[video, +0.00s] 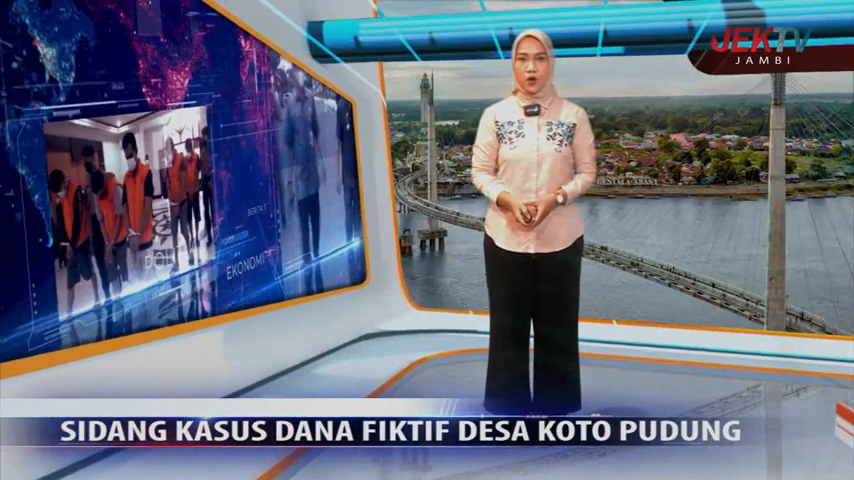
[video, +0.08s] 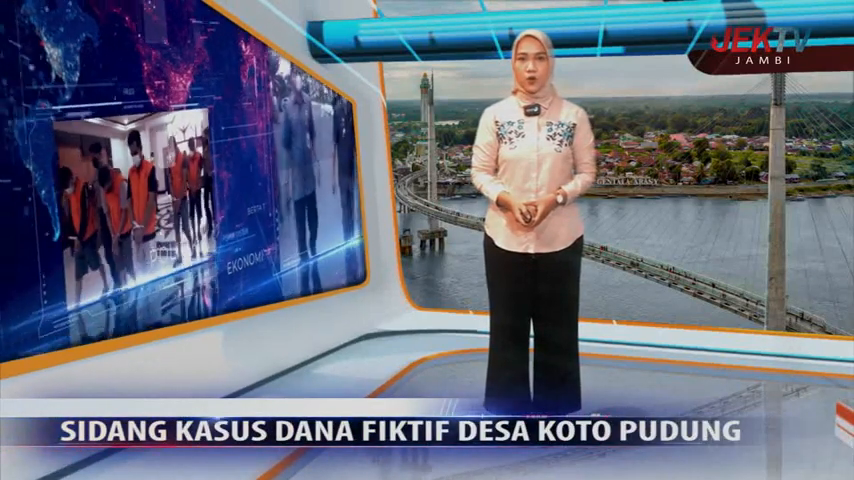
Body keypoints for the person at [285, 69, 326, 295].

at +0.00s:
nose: (302, 103)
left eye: (305, 99)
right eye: (298, 99)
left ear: (308, 100)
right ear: (292, 101)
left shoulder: (311, 116)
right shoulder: (290, 119)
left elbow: (317, 134)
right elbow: (286, 144)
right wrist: (288, 175)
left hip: (312, 163)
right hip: (297, 165)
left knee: (315, 207)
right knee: (303, 212)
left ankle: (316, 251)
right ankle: (306, 253)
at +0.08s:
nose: (298, 94)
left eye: (300, 90)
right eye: (295, 91)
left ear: (303, 91)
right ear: (290, 92)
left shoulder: (308, 107)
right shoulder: (287, 110)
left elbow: (313, 130)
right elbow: (284, 139)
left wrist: (314, 148)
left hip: (307, 158)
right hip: (293, 159)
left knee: (311, 202)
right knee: (299, 203)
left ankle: (313, 243)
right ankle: (302, 246)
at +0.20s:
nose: (296, 87)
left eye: (298, 83)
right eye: (293, 83)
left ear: (301, 87)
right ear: (288, 87)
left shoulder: (304, 110)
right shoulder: (285, 111)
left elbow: (309, 135)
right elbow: (282, 142)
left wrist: (305, 120)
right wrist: (289, 127)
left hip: (304, 157)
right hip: (292, 159)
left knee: (308, 202)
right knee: (296, 204)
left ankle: (309, 246)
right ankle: (299, 247)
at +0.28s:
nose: (296, 107)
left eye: (298, 104)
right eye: (293, 104)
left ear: (301, 105)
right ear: (288, 105)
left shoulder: (302, 119)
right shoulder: (284, 121)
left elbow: (306, 139)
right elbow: (281, 144)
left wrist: (303, 123)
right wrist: (284, 125)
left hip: (303, 165)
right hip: (291, 169)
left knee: (307, 211)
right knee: (295, 211)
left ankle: (309, 248)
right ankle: (298, 248)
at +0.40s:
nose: (295, 104)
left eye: (297, 101)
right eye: (292, 101)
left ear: (299, 102)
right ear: (288, 102)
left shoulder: (302, 120)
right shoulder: (284, 121)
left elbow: (305, 142)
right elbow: (280, 146)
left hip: (302, 162)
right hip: (290, 165)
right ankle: (295, 246)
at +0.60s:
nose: (293, 111)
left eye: (295, 108)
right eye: (290, 107)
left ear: (298, 110)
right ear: (285, 110)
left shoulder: (304, 131)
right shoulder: (280, 131)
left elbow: (310, 158)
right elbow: (274, 158)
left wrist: (317, 183)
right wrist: (277, 186)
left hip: (301, 183)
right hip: (286, 185)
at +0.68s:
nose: (290, 117)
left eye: (292, 113)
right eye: (288, 114)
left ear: (294, 115)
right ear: (283, 115)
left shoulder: (301, 132)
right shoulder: (277, 133)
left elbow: (308, 157)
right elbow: (273, 159)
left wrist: (315, 177)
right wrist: (275, 185)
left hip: (298, 185)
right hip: (284, 186)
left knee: (299, 217)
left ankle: (297, 245)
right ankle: (288, 245)